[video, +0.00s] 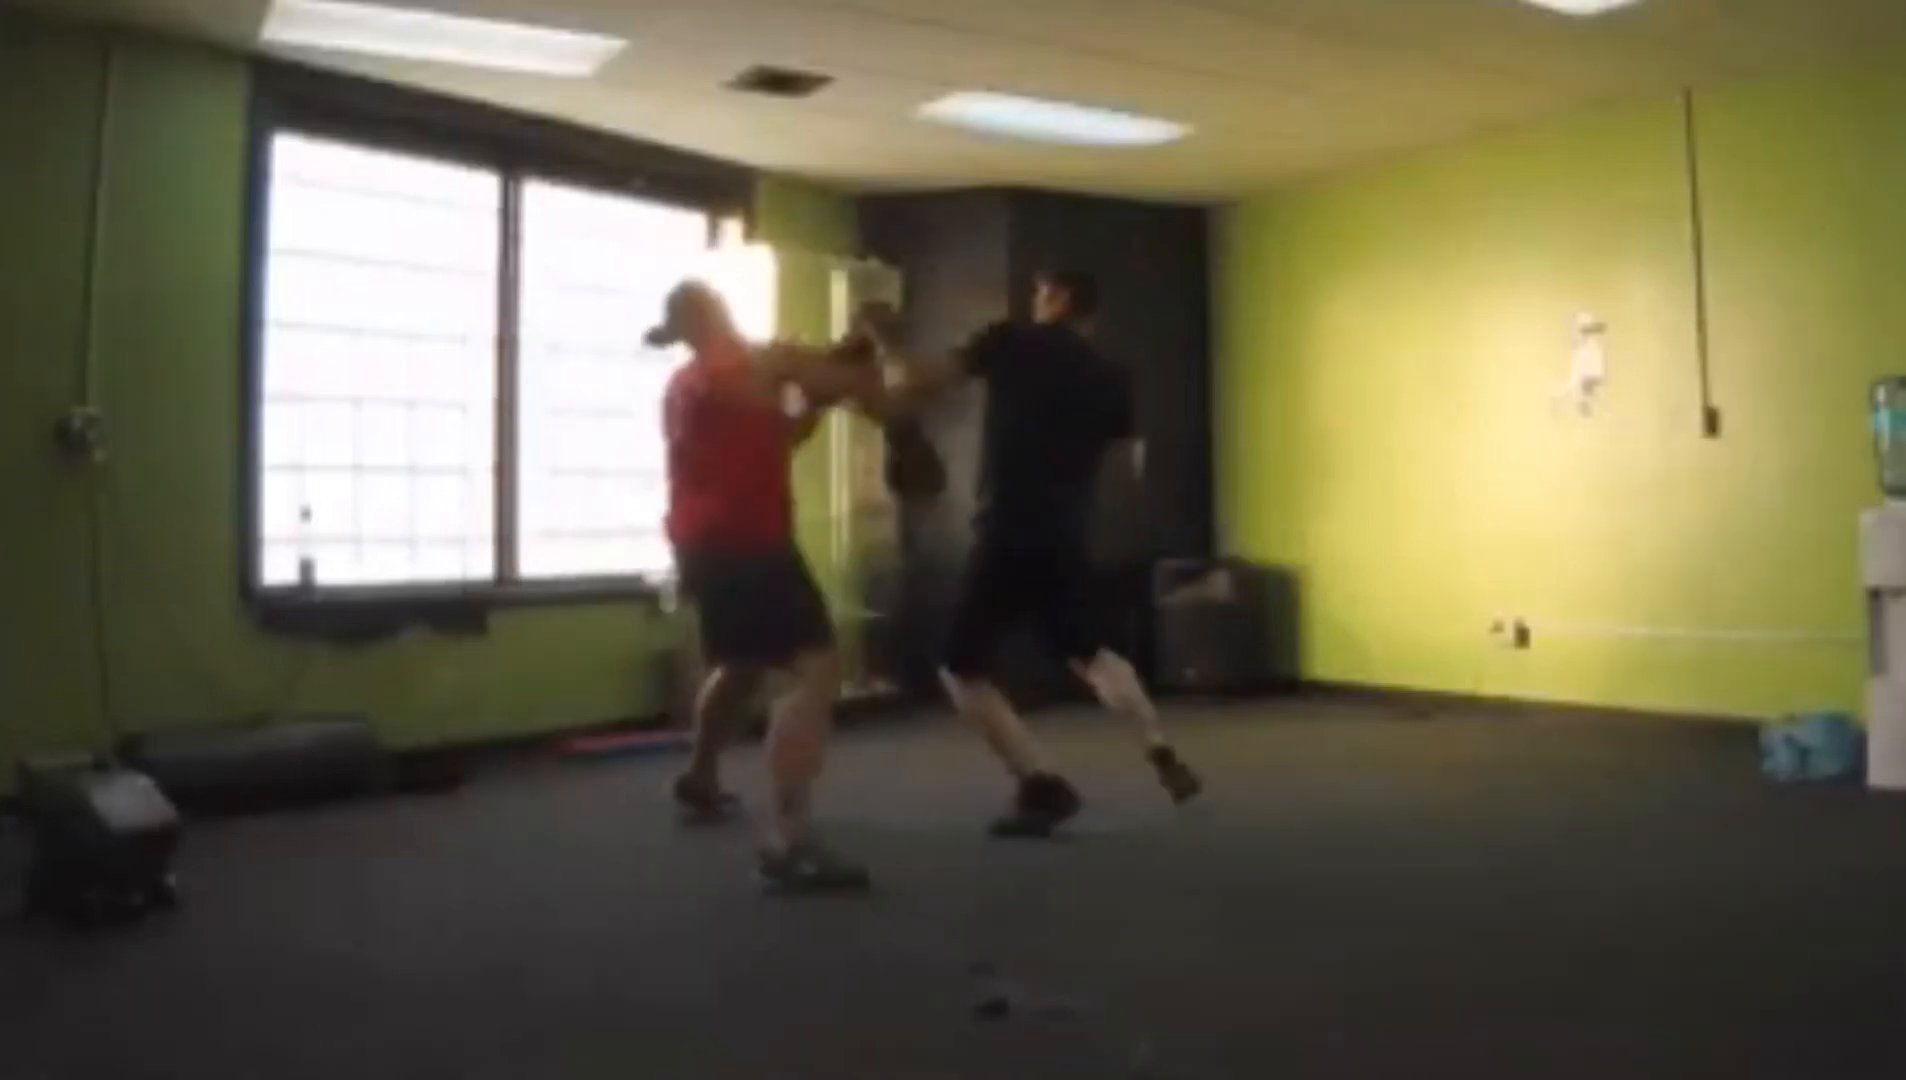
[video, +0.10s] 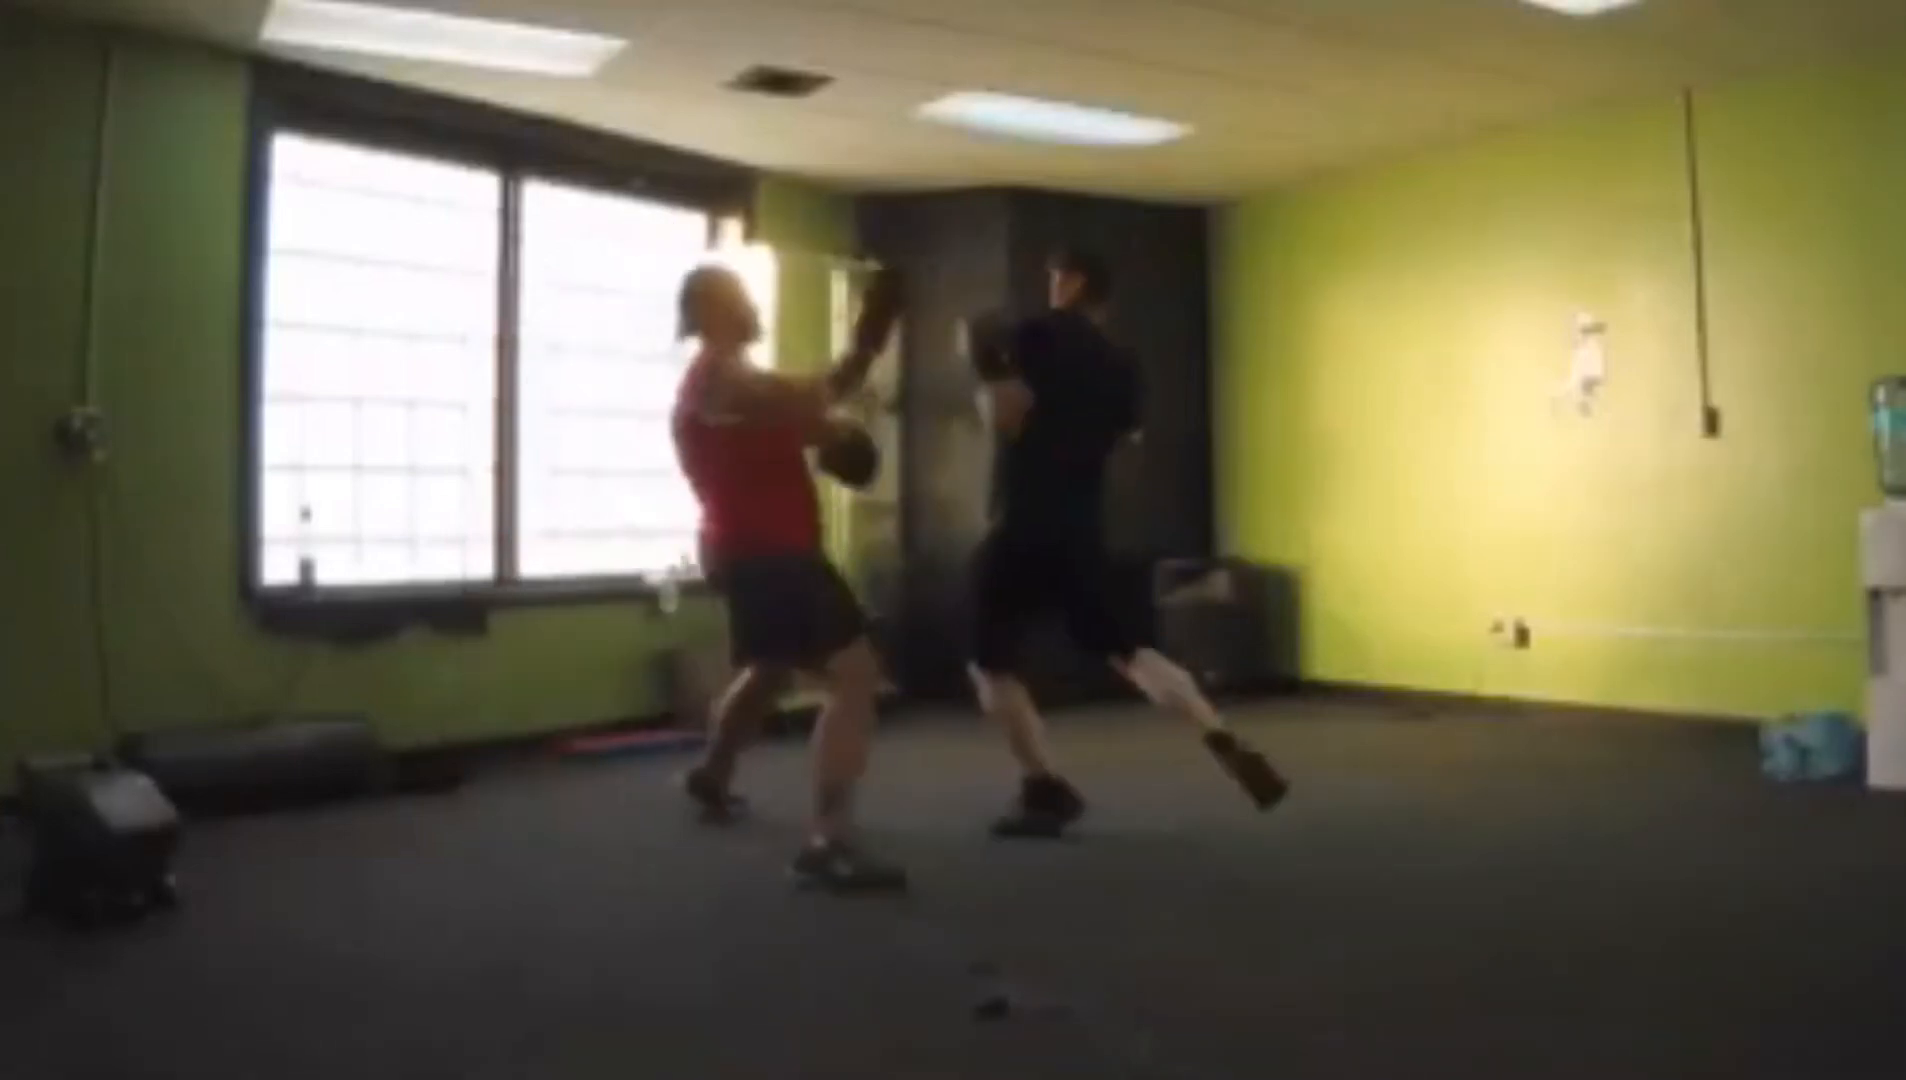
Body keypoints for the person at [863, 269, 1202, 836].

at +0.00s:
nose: (1036, 303)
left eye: (1042, 294)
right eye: (1041, 294)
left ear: (1054, 300)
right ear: (1088, 310)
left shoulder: (1010, 341)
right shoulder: (1107, 375)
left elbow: (928, 380)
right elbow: (1129, 470)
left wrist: (882, 347)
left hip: (1006, 531)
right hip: (1066, 533)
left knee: (961, 667)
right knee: (1087, 650)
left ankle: (1036, 782)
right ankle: (1156, 744)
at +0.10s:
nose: (1050, 289)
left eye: (1055, 279)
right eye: (1054, 279)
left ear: (1071, 285)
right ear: (1102, 292)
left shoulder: (1033, 336)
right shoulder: (1119, 359)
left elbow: (1006, 416)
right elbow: (1127, 435)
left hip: (1023, 525)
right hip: (1080, 526)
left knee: (990, 662)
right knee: (1125, 649)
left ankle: (1043, 785)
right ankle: (1219, 736)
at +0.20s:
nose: (1057, 283)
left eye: (1063, 271)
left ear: (1073, 279)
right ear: (1127, 283)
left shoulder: (1068, 332)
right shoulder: (1135, 342)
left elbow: (1028, 396)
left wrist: (990, 336)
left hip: (1050, 526)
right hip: (1117, 522)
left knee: (1017, 652)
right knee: (1167, 656)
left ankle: (1033, 790)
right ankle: (1260, 763)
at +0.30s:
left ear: (1089, 282)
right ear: (1140, 278)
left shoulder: (1101, 321)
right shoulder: (1171, 335)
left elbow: (1014, 346)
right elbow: (1077, 380)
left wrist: (1030, 288)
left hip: (1105, 526)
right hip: (1175, 530)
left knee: (1036, 645)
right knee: (1200, 683)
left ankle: (1034, 792)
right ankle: (1275, 816)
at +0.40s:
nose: (1055, 309)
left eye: (1056, 300)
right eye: (1054, 300)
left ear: (1074, 290)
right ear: (1112, 274)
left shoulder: (1111, 318)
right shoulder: (1170, 328)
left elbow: (1011, 340)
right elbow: (1087, 383)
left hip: (1132, 524)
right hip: (1197, 525)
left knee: (1053, 640)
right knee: (1228, 681)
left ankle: (1058, 790)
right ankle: (1293, 825)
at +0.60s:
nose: (1049, 365)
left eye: (1050, 355)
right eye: (1050, 355)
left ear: (1063, 350)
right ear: (1105, 337)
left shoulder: (1096, 377)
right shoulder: (1184, 376)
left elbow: (1061, 463)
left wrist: (1016, 423)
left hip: (1160, 570)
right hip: (1235, 565)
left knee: (1056, 697)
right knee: (1291, 714)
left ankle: (1060, 852)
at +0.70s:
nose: (1005, 435)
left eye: (1003, 423)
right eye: (1003, 424)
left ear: (1015, 413)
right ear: (1045, 389)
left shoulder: (1061, 433)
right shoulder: (1113, 423)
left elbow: (1014, 538)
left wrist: (970, 453)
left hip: (1151, 602)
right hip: (1225, 591)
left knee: (1055, 735)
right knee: (1285, 736)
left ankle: (1053, 903)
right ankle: (1408, 838)